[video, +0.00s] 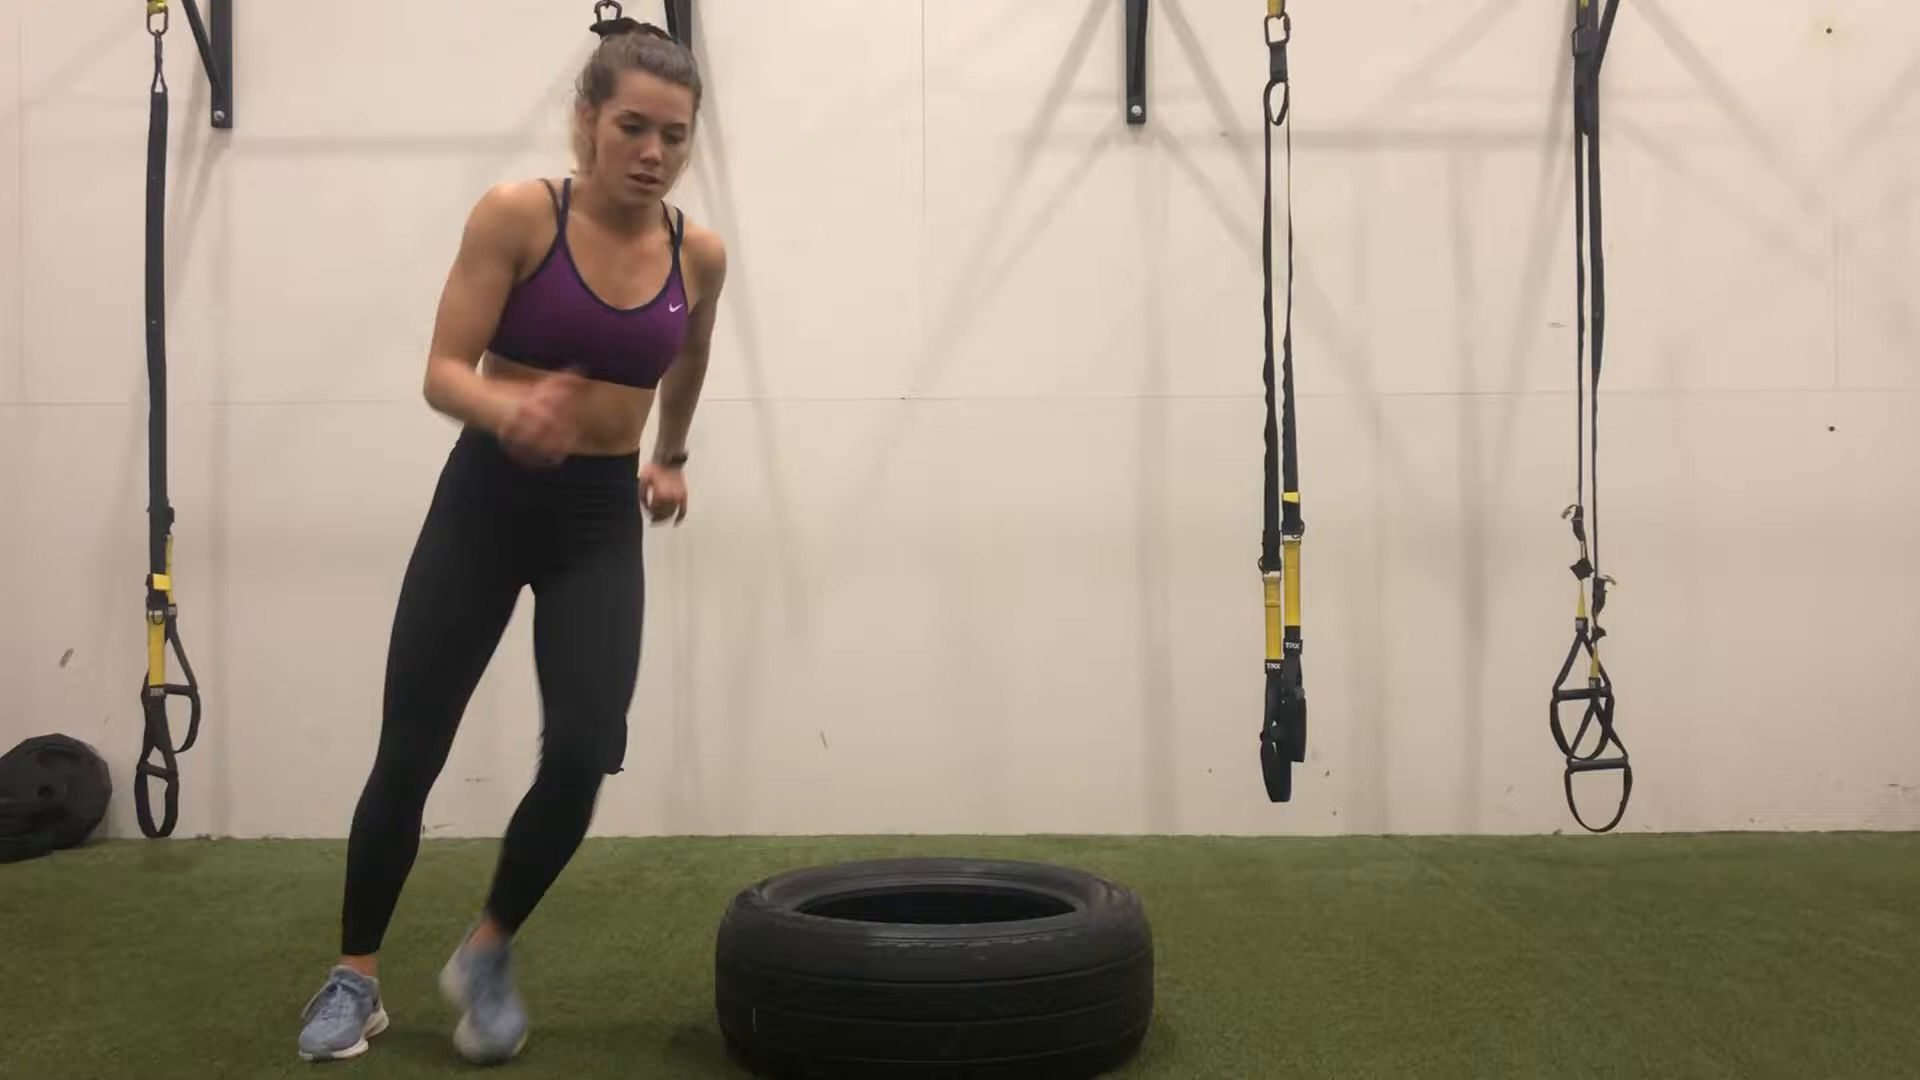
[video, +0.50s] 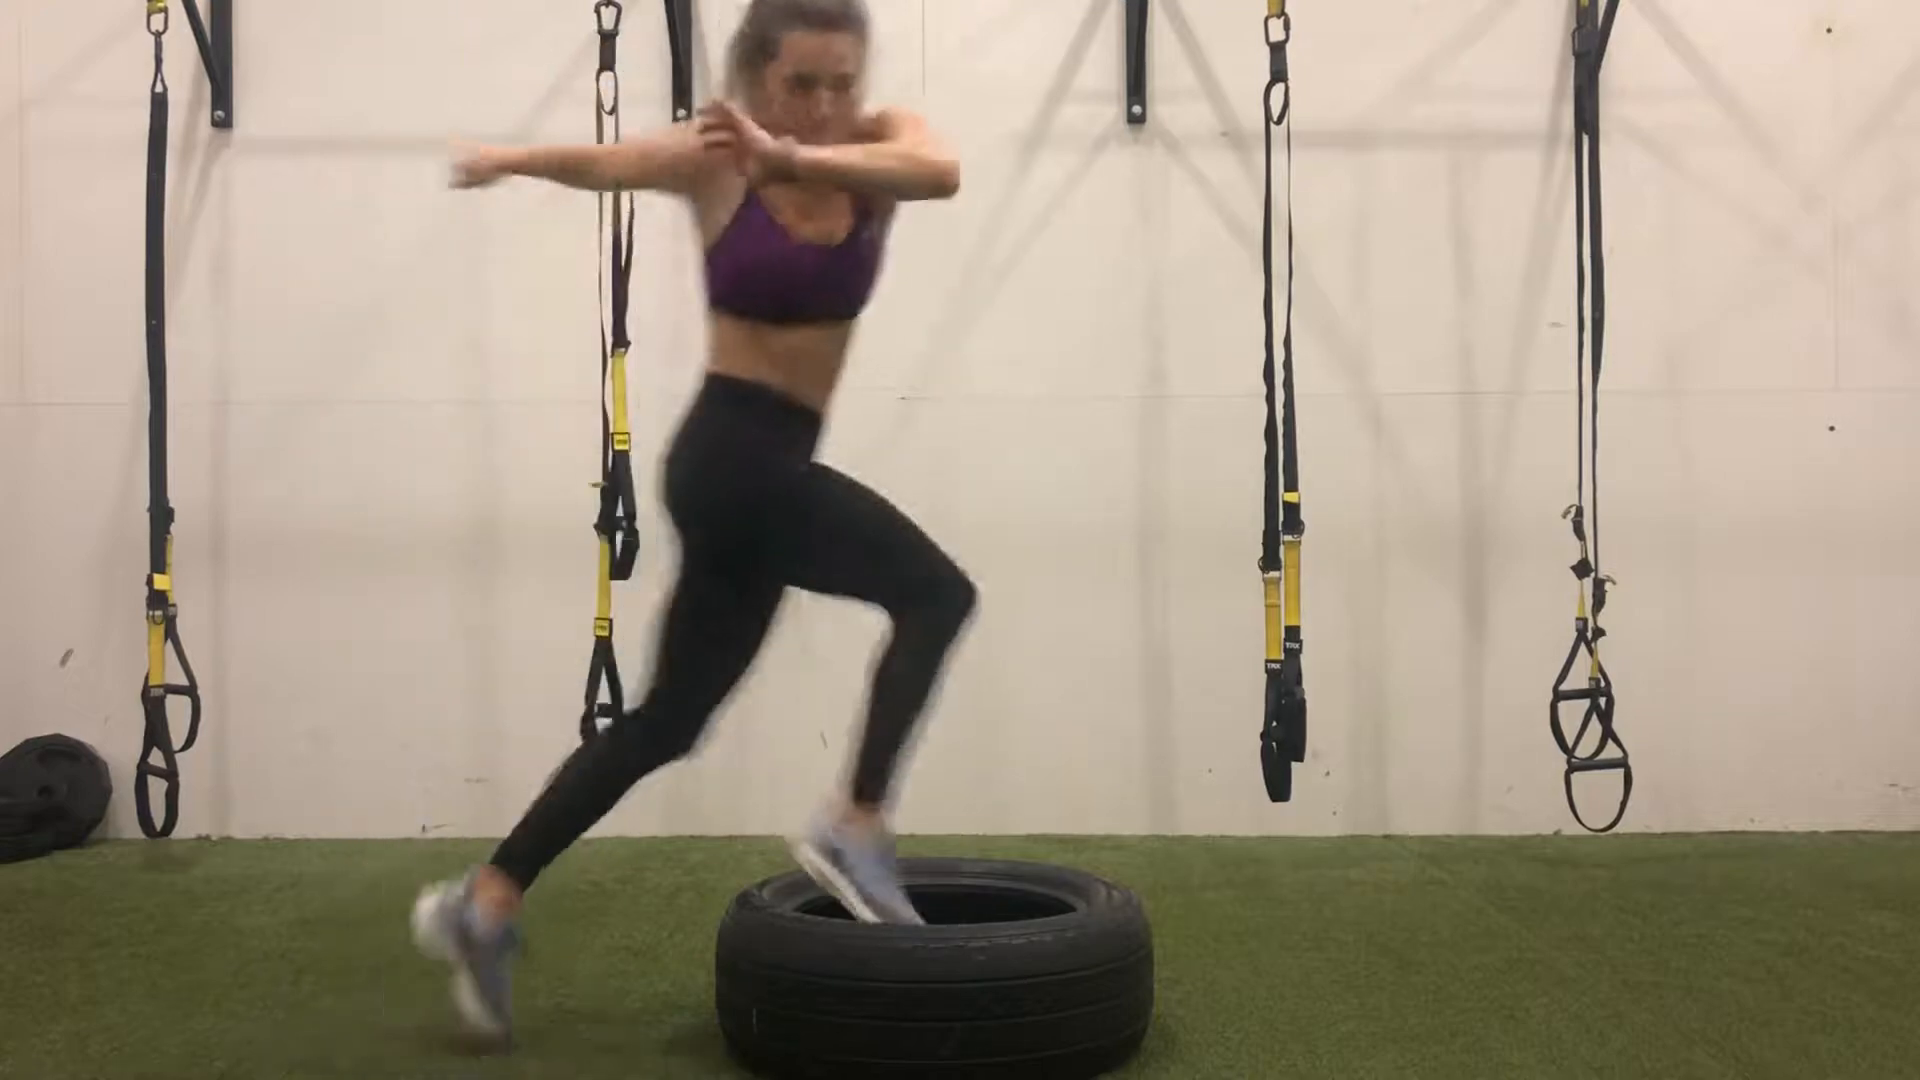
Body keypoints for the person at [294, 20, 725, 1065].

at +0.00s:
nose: (655, 152)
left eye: (675, 133)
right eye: (635, 126)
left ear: (691, 140)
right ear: (586, 121)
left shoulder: (696, 257)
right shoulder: (515, 216)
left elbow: (688, 358)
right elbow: (445, 369)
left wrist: (668, 454)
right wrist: (507, 405)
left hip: (600, 519)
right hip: (485, 503)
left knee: (587, 755)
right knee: (408, 754)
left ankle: (487, 952)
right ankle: (355, 973)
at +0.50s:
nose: (824, 104)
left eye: (840, 84)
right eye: (803, 86)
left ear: (864, 79)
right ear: (753, 83)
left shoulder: (881, 138)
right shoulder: (719, 154)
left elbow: (941, 175)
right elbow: (613, 163)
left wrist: (801, 161)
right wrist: (520, 159)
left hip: (771, 466)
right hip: (727, 461)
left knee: (669, 721)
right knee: (937, 596)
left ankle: (483, 904)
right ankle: (856, 823)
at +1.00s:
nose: (1079, 160)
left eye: (1101, 137)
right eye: (1058, 140)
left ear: (1144, 138)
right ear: (1033, 148)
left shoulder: (1208, 231)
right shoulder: (1007, 290)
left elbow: (1282, 354)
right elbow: (1018, 435)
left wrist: (1326, 485)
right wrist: (1071, 496)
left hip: (1235, 515)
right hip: (1125, 546)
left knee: (1306, 768)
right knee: (1168, 783)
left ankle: (1412, 1000)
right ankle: (1265, 747)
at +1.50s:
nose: (900, 124)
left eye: (923, 102)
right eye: (882, 99)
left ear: (967, 101)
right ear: (861, 97)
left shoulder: (1017, 178)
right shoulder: (832, 196)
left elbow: (1157, 192)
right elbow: (717, 336)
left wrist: (1267, 240)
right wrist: (777, 292)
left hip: (1025, 478)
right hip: (981, 482)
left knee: (874, 692)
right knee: (1029, 725)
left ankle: (949, 922)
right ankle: (1235, 818)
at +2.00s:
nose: (663, 144)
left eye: (682, 124)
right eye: (642, 123)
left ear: (710, 129)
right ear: (607, 128)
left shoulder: (766, 227)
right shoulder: (573, 235)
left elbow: (822, 301)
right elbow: (503, 403)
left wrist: (839, 417)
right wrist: (559, 336)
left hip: (718, 507)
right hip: (606, 498)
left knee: (605, 644)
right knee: (519, 722)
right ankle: (479, 956)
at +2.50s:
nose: (912, 115)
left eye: (929, 92)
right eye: (889, 93)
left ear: (952, 86)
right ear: (845, 89)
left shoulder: (970, 163)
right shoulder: (796, 168)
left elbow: (994, 263)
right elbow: (703, 236)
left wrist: (855, 230)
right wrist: (632, 338)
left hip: (863, 481)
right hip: (809, 479)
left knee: (890, 720)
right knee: (925, 717)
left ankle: (659, 711)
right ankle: (896, 941)